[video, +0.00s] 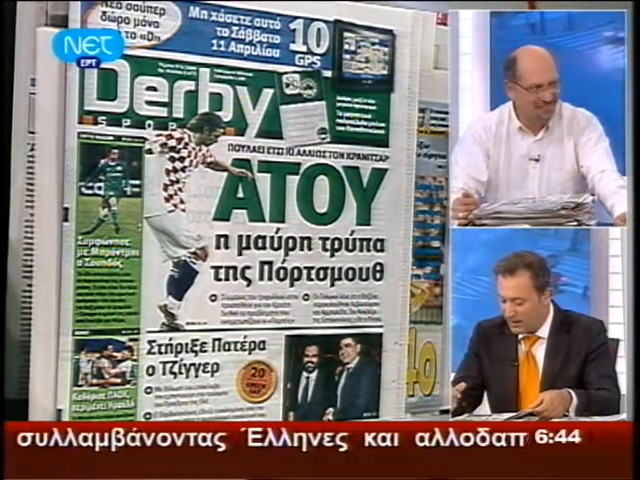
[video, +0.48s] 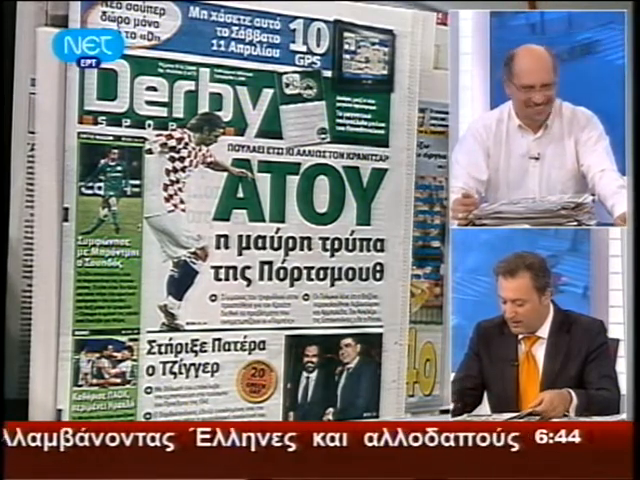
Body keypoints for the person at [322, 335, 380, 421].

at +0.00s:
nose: (343, 351)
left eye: (347, 346)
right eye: (341, 348)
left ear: (358, 348)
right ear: (339, 351)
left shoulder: (367, 367)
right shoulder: (341, 371)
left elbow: (361, 407)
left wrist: (335, 416)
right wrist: (331, 410)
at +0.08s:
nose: (343, 351)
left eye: (347, 346)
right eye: (341, 348)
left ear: (358, 348)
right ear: (339, 351)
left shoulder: (367, 368)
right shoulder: (341, 371)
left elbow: (361, 407)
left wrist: (335, 416)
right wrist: (332, 410)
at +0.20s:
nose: (343, 351)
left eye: (347, 346)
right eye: (341, 348)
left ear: (358, 348)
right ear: (339, 351)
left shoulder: (367, 368)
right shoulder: (341, 371)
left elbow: (361, 407)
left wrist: (335, 416)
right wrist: (332, 410)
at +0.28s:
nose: (343, 351)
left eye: (347, 346)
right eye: (341, 348)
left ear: (358, 348)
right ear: (339, 351)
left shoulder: (367, 368)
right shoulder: (341, 371)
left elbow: (361, 407)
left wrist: (335, 416)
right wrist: (332, 410)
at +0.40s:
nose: (343, 351)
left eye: (347, 346)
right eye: (341, 348)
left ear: (358, 348)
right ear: (339, 351)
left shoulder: (367, 368)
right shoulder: (341, 371)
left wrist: (335, 416)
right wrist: (332, 410)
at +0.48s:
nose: (343, 351)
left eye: (347, 346)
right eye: (341, 348)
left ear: (358, 348)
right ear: (338, 351)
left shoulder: (367, 367)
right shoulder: (341, 371)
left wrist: (335, 416)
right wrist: (331, 410)